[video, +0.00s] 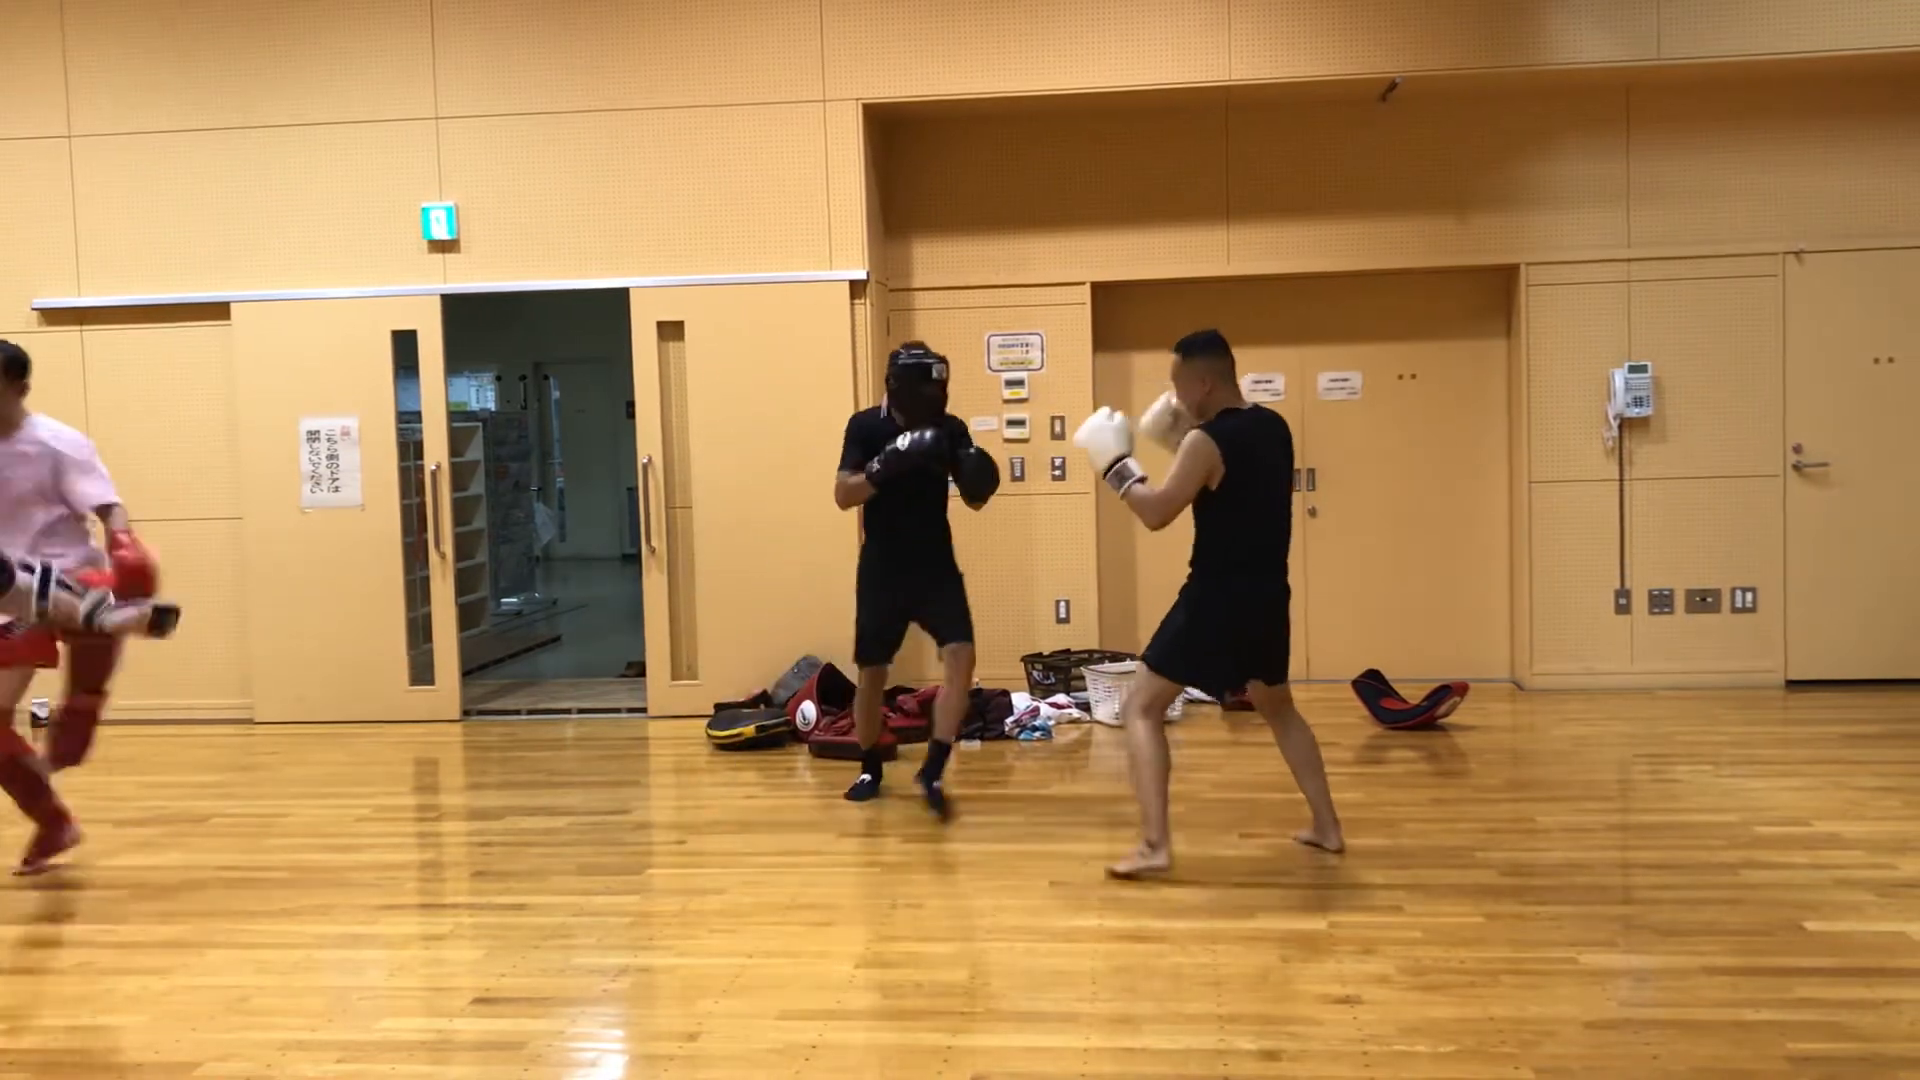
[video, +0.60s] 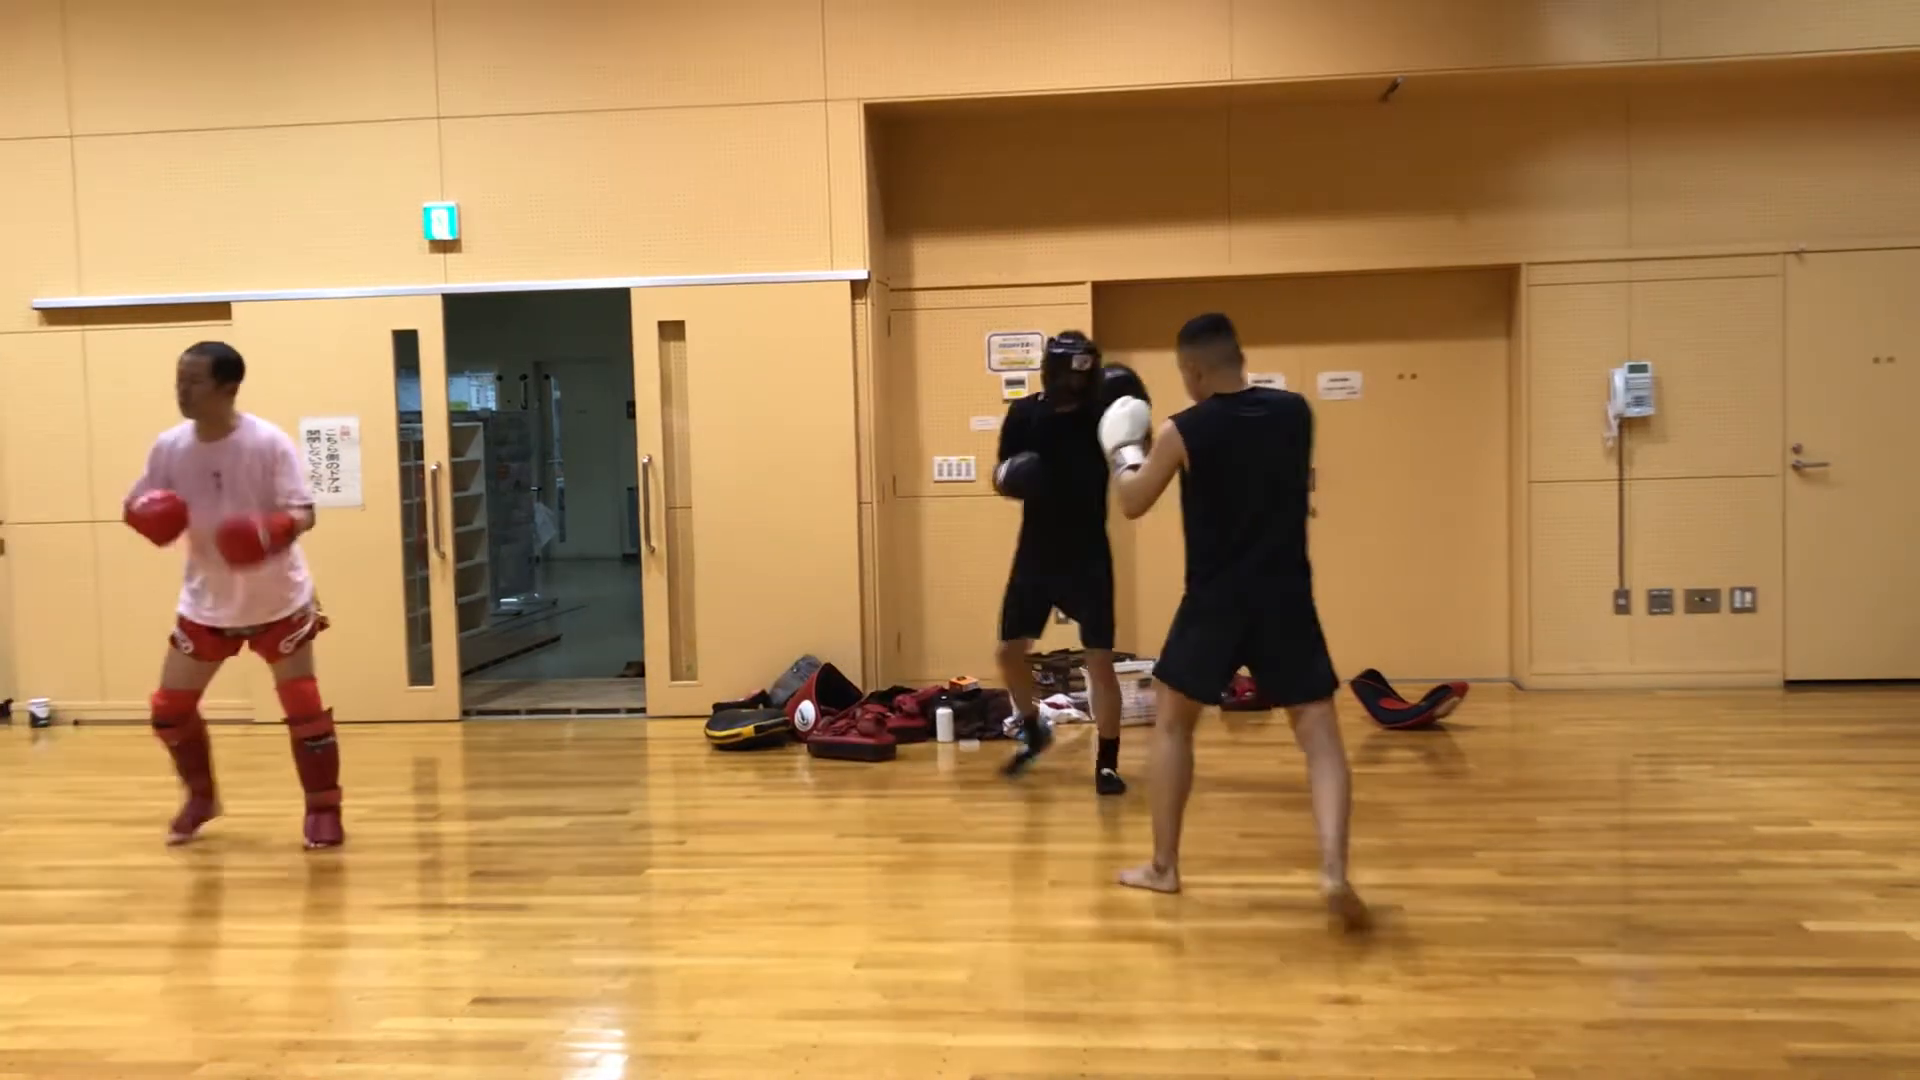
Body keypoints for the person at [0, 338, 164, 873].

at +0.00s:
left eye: (3, 388)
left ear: (20, 387)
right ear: (11, 387)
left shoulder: (57, 446)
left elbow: (107, 505)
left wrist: (122, 545)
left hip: (73, 587)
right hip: (15, 598)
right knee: (1, 725)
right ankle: (52, 822)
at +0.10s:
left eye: (8, 394)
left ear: (39, 397)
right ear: (9, 398)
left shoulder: (83, 458)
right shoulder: (5, 456)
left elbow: (133, 518)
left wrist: (167, 556)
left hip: (92, 603)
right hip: (22, 614)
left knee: (153, 622)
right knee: (11, 744)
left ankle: (143, 732)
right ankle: (64, 835)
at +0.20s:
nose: (31, 401)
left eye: (42, 393)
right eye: (27, 391)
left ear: (78, 398)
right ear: (22, 394)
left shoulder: (121, 454)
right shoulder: (13, 464)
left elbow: (169, 511)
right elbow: (3, 526)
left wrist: (208, 550)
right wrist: (8, 504)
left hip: (139, 594)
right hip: (64, 612)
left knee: (221, 663)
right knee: (30, 742)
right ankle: (65, 836)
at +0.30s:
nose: (72, 395)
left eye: (83, 386)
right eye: (68, 385)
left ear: (118, 391)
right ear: (64, 389)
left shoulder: (166, 450)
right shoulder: (55, 462)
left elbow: (210, 508)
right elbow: (18, 538)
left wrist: (242, 549)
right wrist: (35, 513)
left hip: (184, 603)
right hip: (105, 618)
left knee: (254, 699)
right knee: (64, 735)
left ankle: (304, 795)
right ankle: (68, 837)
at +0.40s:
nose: (118, 403)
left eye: (130, 394)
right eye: (115, 393)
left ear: (165, 400)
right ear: (112, 397)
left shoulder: (214, 459)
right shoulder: (107, 469)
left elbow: (256, 516)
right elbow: (75, 545)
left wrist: (275, 562)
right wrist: (92, 528)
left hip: (228, 618)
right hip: (150, 626)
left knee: (282, 714)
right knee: (102, 729)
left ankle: (320, 812)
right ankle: (69, 835)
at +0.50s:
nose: (162, 400)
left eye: (174, 392)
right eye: (160, 390)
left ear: (210, 397)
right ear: (158, 394)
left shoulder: (254, 454)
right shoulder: (150, 459)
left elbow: (295, 520)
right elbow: (127, 522)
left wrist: (283, 573)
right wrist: (145, 534)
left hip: (261, 606)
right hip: (188, 610)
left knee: (301, 711)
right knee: (146, 717)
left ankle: (324, 813)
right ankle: (136, 819)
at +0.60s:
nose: (180, 390)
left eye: (192, 382)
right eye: (179, 380)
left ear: (227, 388)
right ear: (178, 383)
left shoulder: (270, 444)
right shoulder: (170, 448)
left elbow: (303, 511)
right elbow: (136, 502)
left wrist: (269, 530)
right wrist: (145, 513)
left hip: (278, 599)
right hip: (208, 600)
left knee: (303, 704)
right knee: (172, 710)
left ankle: (323, 809)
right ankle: (201, 797)